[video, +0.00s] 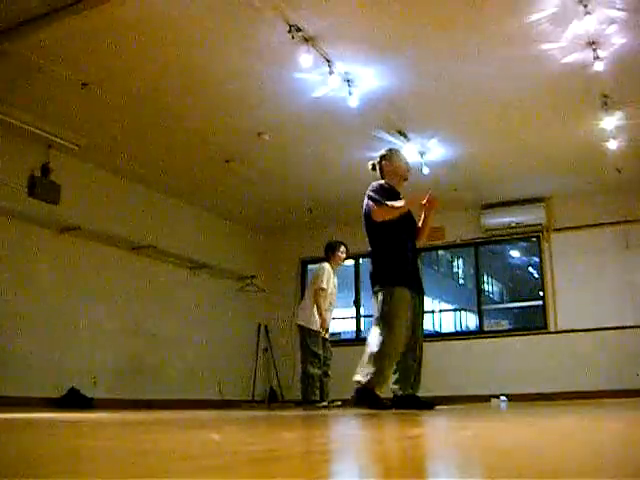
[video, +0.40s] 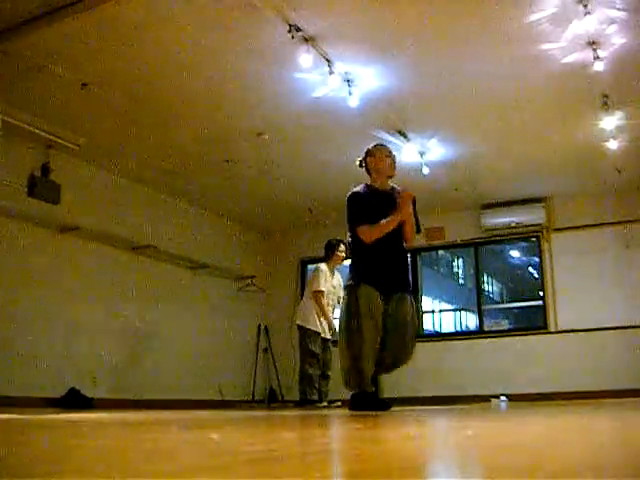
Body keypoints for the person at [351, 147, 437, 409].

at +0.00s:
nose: (408, 167)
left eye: (407, 162)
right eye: (402, 161)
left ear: (394, 166)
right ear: (386, 165)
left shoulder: (398, 201)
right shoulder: (378, 189)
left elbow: (418, 239)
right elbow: (377, 212)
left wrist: (426, 212)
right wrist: (404, 206)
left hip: (410, 274)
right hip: (391, 273)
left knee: (412, 336)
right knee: (392, 332)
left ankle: (406, 391)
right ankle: (367, 386)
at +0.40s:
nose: (389, 161)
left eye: (390, 156)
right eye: (382, 156)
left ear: (393, 164)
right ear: (369, 163)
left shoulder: (401, 197)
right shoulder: (357, 196)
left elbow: (409, 239)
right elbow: (366, 235)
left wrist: (407, 209)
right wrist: (399, 216)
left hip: (397, 276)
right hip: (367, 276)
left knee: (402, 343)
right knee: (366, 334)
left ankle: (369, 372)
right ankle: (363, 391)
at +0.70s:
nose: (403, 159)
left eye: (402, 153)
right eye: (397, 154)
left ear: (399, 158)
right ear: (382, 160)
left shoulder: (410, 192)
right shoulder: (371, 187)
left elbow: (429, 223)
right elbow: (379, 213)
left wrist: (438, 202)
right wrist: (402, 184)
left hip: (405, 267)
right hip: (376, 267)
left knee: (428, 318)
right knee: (373, 328)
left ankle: (391, 340)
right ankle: (362, 389)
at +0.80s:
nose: (413, 155)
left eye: (411, 150)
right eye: (408, 150)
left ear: (399, 155)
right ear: (394, 155)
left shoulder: (404, 188)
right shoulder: (385, 184)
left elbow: (425, 224)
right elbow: (413, 215)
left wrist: (439, 194)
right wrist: (424, 181)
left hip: (406, 269)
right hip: (382, 269)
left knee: (432, 320)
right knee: (377, 330)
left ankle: (412, 365)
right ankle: (363, 389)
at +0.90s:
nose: (421, 163)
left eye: (419, 158)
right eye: (415, 158)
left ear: (405, 164)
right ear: (402, 164)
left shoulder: (405, 193)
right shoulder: (401, 192)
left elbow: (428, 233)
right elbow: (428, 228)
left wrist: (433, 216)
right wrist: (437, 205)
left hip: (409, 281)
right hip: (388, 280)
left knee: (428, 333)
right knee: (377, 336)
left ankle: (429, 389)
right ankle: (363, 392)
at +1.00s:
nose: (431, 170)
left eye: (429, 164)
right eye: (427, 164)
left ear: (415, 168)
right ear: (416, 168)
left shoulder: (410, 201)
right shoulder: (410, 200)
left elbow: (422, 235)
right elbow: (426, 235)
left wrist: (439, 226)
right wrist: (445, 225)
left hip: (413, 286)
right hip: (403, 284)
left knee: (437, 347)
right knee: (406, 323)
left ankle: (429, 394)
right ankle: (366, 381)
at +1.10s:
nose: (438, 170)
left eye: (436, 166)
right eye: (433, 166)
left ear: (422, 172)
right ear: (422, 171)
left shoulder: (419, 198)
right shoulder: (416, 197)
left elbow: (416, 234)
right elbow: (436, 203)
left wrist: (435, 235)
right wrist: (452, 201)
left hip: (420, 272)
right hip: (412, 270)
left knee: (435, 335)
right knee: (434, 309)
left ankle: (431, 391)